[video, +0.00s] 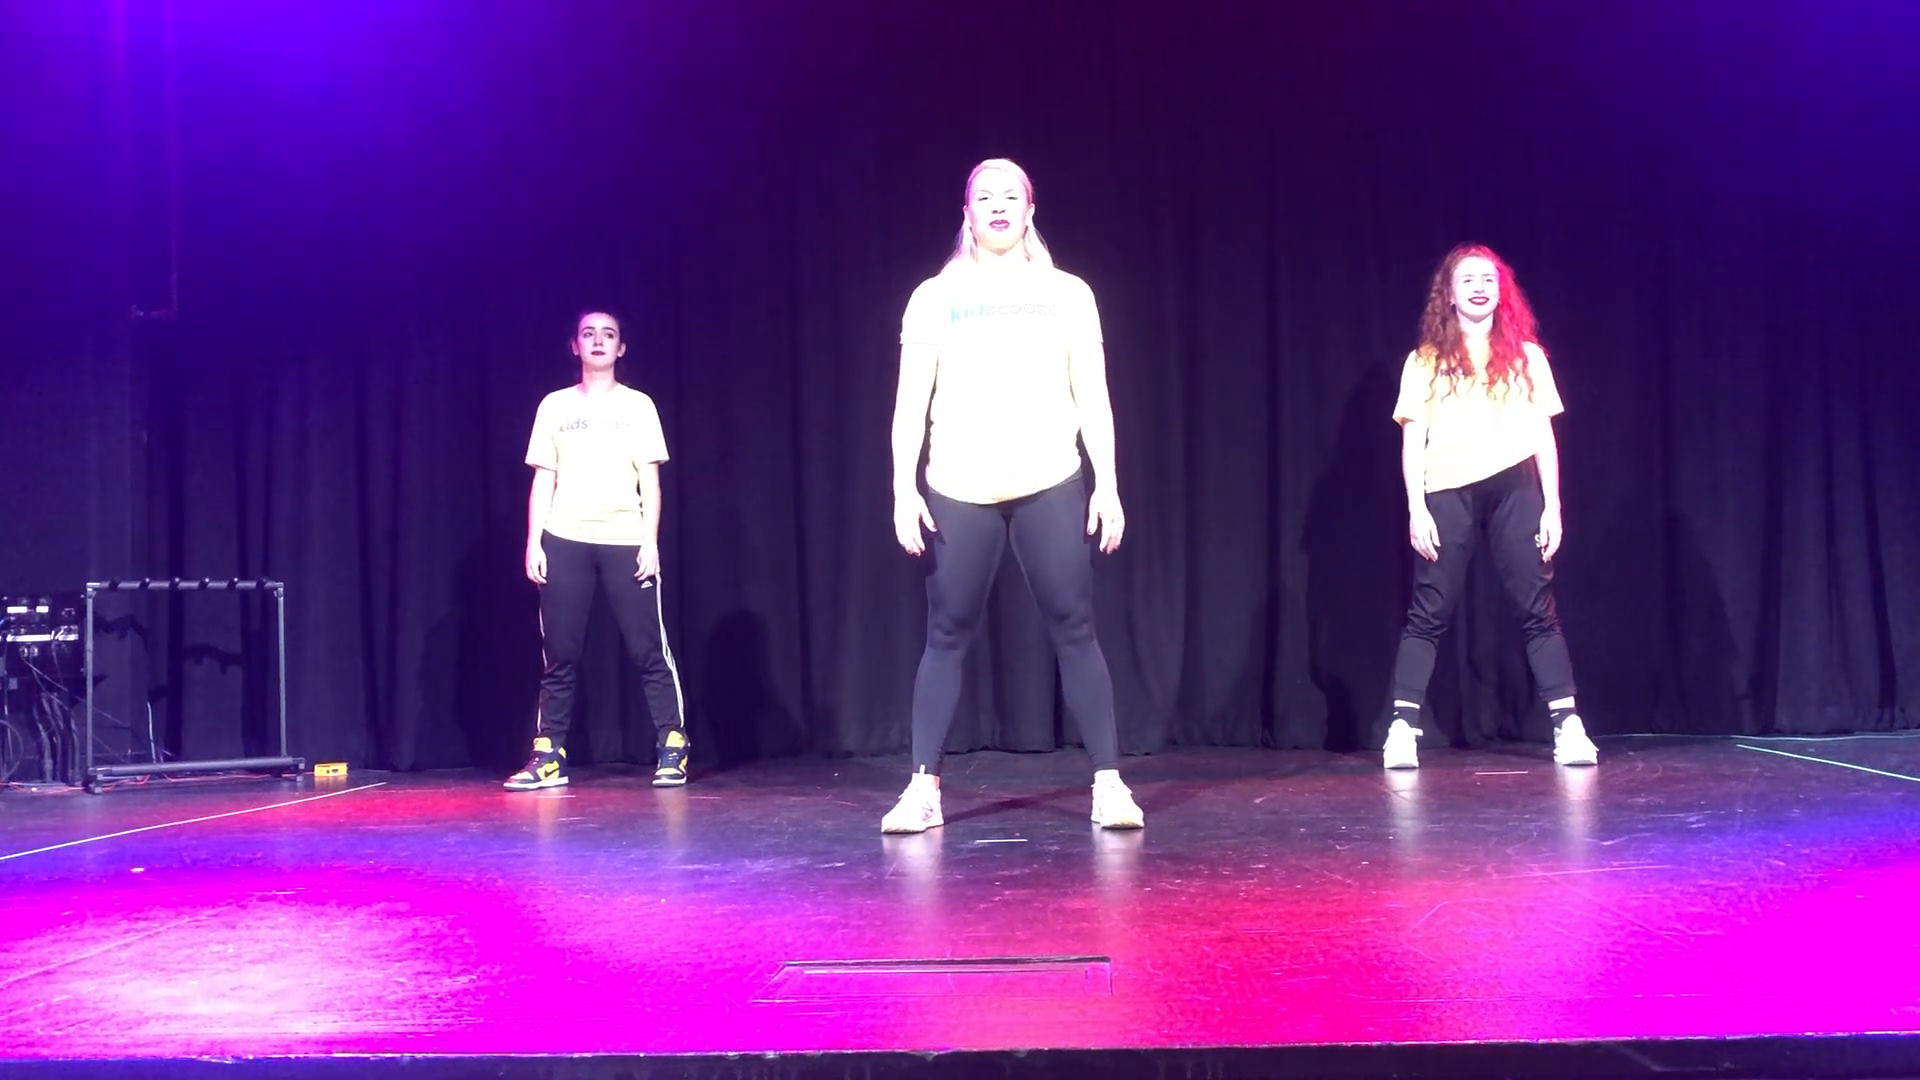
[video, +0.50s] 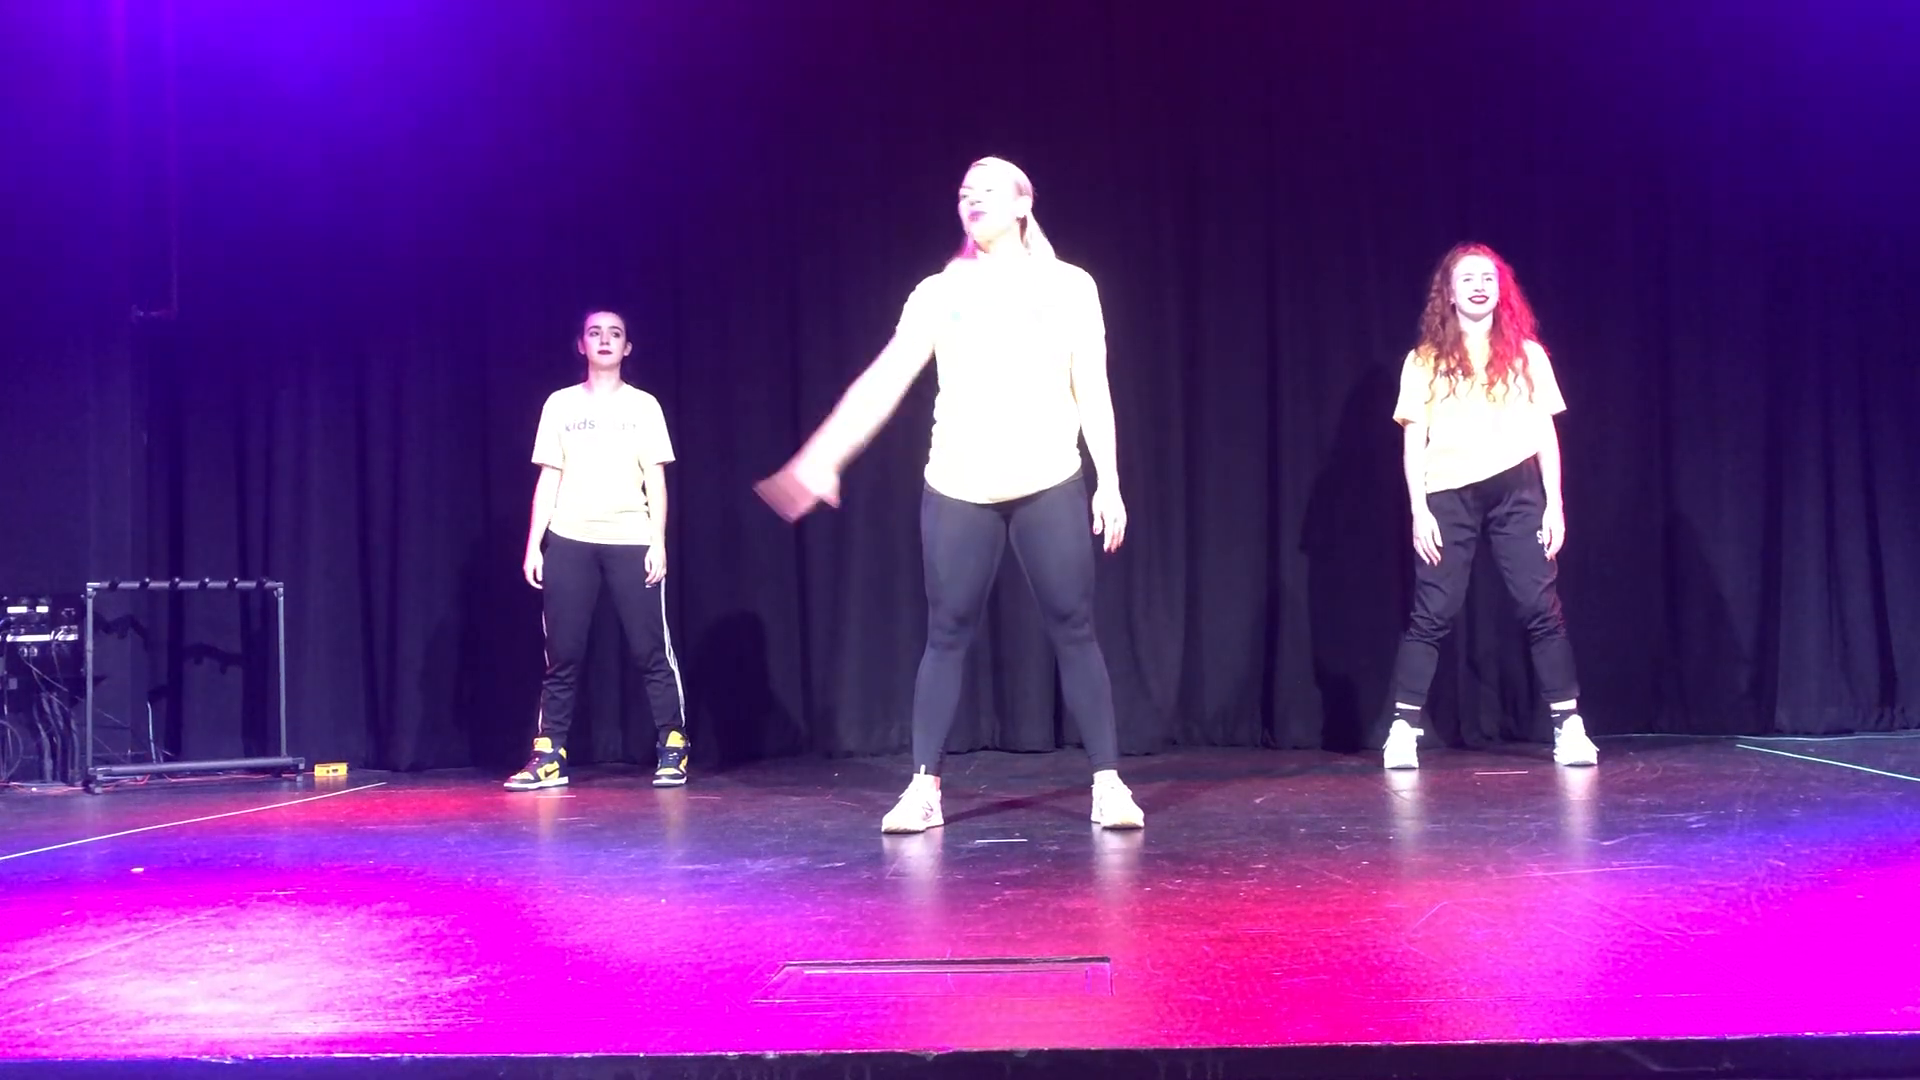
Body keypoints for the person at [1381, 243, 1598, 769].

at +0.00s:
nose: (1478, 288)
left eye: (1487, 280)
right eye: (1468, 280)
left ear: (1502, 291)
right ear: (1448, 290)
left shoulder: (1527, 355)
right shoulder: (1426, 359)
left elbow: (1544, 435)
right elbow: (1413, 440)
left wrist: (1552, 506)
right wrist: (1417, 508)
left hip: (1514, 489)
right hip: (1446, 493)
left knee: (1536, 607)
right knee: (1430, 609)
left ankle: (1567, 725)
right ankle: (1404, 727)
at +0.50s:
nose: (1478, 287)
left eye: (1487, 279)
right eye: (1468, 279)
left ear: (1501, 289)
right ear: (1448, 289)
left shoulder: (1527, 353)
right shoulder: (1425, 359)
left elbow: (1546, 434)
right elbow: (1414, 442)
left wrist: (1554, 505)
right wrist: (1419, 510)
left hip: (1518, 493)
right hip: (1448, 498)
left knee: (1541, 608)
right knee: (1433, 611)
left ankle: (1568, 726)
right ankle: (1404, 728)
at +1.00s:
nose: (1395, 323)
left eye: (1407, 314)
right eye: (1394, 317)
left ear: (1440, 320)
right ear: (1397, 332)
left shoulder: (1479, 376)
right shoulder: (1402, 391)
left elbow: (1519, 453)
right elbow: (1340, 421)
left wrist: (1528, 532)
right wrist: (1366, 369)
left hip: (1493, 520)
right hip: (1434, 529)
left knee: (1516, 635)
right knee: (1409, 622)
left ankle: (1616, 716)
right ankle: (1400, 734)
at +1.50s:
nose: (1446, 319)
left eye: (1456, 311)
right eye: (1437, 310)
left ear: (1477, 320)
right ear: (1419, 318)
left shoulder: (1505, 370)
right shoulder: (1411, 378)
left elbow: (1550, 426)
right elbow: (1367, 415)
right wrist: (1413, 356)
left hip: (1500, 517)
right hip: (1430, 523)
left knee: (1538, 621)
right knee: (1416, 622)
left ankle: (1592, 721)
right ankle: (1403, 731)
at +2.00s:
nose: (1580, 322)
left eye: (1582, 315)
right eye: (1568, 313)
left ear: (1582, 326)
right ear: (1536, 321)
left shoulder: (1564, 384)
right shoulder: (1509, 373)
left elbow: (1610, 437)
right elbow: (1553, 423)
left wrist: (1601, 374)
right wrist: (1574, 362)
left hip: (1524, 523)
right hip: (1468, 522)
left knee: (1565, 612)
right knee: (1462, 634)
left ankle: (1572, 731)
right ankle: (1366, 722)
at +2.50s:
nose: (1615, 322)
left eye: (1616, 314)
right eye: (1603, 314)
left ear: (1613, 322)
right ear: (1570, 318)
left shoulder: (1586, 371)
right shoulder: (1537, 360)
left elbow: (1618, 433)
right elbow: (1577, 416)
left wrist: (1621, 372)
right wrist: (1604, 359)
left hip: (1526, 513)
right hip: (1470, 508)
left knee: (1556, 612)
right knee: (1445, 622)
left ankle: (1571, 730)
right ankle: (1370, 724)